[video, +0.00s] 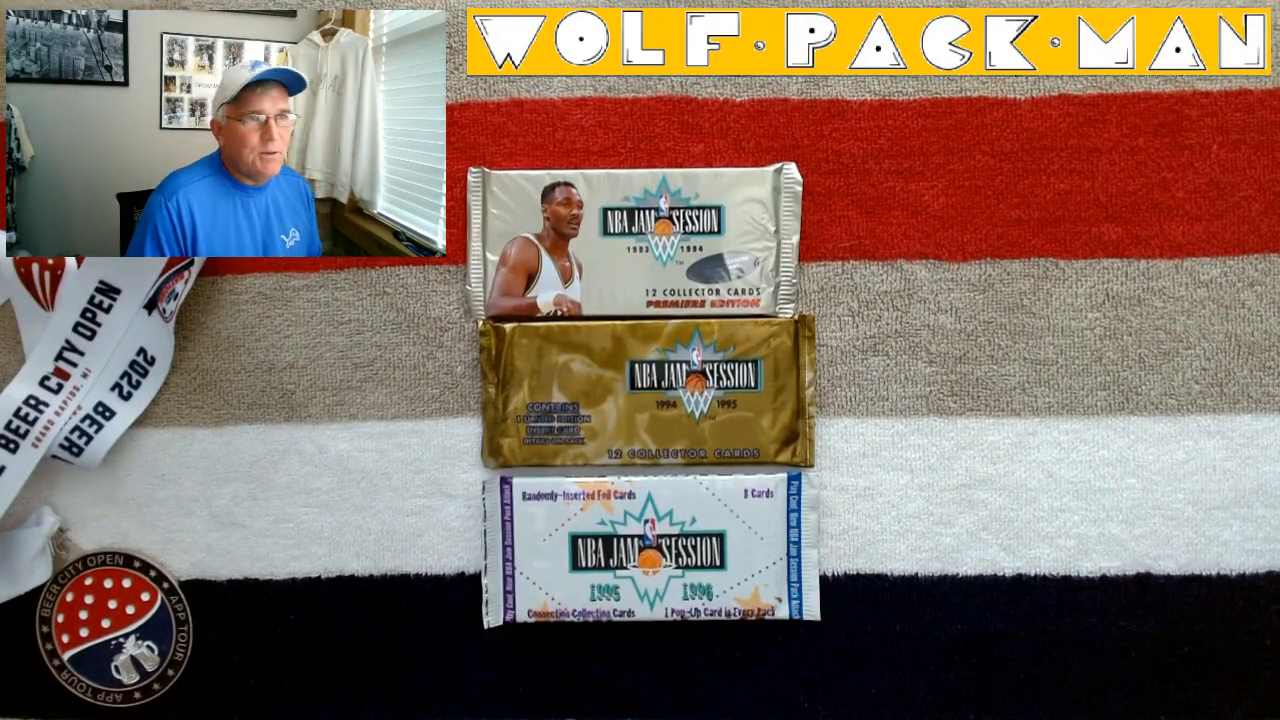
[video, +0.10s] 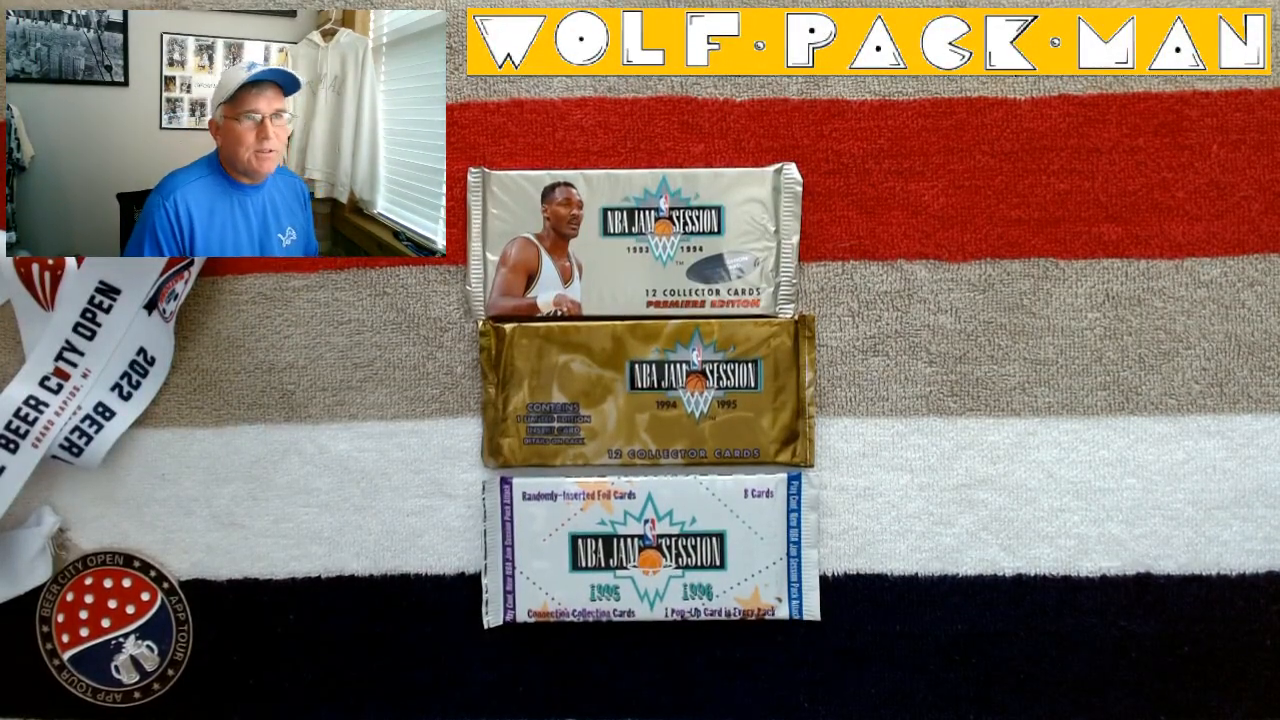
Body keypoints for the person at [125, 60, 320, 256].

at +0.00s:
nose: (273, 134)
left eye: (282, 117)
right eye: (254, 119)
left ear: (292, 124)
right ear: (218, 131)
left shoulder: (297, 191)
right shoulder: (176, 202)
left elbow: (313, 276)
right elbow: (141, 300)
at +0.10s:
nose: (268, 133)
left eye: (278, 117)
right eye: (250, 118)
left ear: (288, 126)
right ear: (216, 130)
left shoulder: (294, 191)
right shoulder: (174, 202)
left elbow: (309, 274)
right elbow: (140, 297)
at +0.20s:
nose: (264, 133)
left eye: (274, 117)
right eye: (246, 118)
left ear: (284, 126)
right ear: (213, 130)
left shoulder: (292, 191)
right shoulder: (172, 202)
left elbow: (308, 274)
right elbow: (140, 297)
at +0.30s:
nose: (259, 133)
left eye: (269, 117)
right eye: (241, 118)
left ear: (280, 124)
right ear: (210, 131)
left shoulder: (291, 191)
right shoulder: (170, 202)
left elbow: (308, 274)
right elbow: (140, 297)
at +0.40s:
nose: (249, 134)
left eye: (262, 117)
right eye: (232, 119)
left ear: (276, 124)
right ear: (207, 131)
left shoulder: (291, 192)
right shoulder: (167, 201)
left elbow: (308, 274)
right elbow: (138, 294)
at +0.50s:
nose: (245, 135)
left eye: (259, 119)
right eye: (228, 120)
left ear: (274, 126)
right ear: (204, 132)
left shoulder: (291, 192)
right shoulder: (165, 203)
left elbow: (308, 275)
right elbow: (135, 297)